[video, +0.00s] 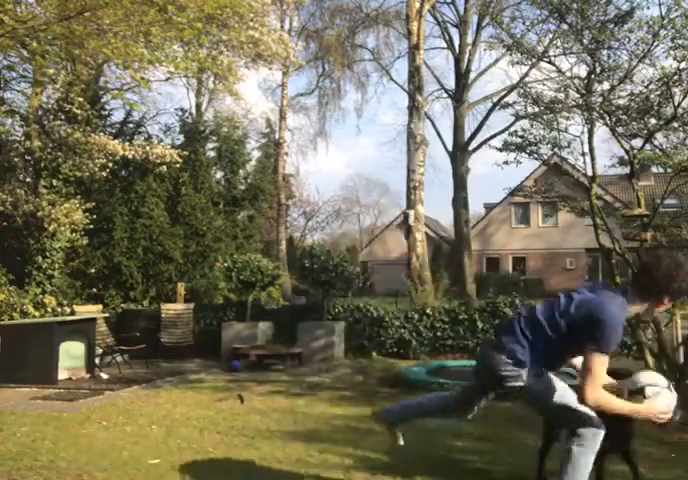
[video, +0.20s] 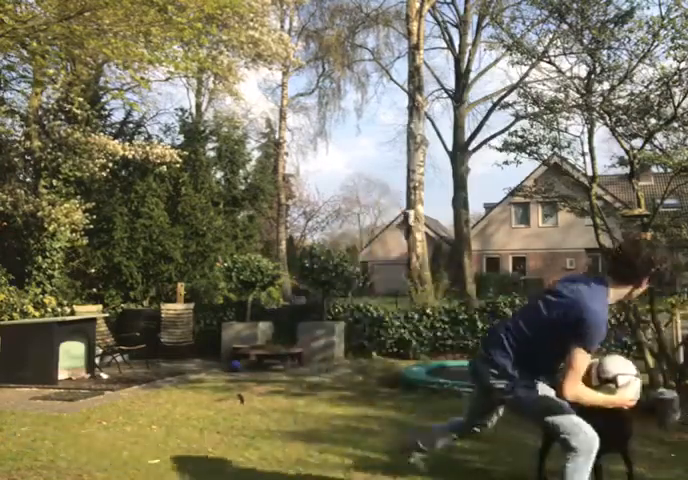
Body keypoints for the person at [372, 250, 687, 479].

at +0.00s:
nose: (668, 308)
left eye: (671, 301)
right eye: (671, 302)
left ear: (640, 280)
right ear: (661, 301)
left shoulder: (603, 295)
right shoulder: (609, 316)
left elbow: (586, 361)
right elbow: (592, 395)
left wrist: (619, 385)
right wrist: (642, 411)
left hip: (497, 349)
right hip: (514, 365)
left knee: (461, 403)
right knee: (589, 426)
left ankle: (390, 416)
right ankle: (570, 477)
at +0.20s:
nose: (646, 287)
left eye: (647, 281)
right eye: (649, 282)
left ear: (615, 265)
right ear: (642, 285)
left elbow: (550, 336)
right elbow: (570, 391)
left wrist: (586, 369)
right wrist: (618, 400)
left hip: (491, 360)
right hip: (507, 375)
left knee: (475, 424)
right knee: (584, 441)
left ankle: (418, 446)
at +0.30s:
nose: (623, 273)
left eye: (625, 266)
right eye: (625, 266)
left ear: (588, 251)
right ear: (617, 266)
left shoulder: (558, 276)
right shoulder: (570, 298)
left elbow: (531, 341)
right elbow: (548, 373)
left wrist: (573, 359)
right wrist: (594, 386)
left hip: (478, 362)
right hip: (499, 373)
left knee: (482, 437)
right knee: (572, 439)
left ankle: (420, 470)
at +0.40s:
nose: (588, 252)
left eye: (591, 246)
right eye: (590, 245)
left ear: (557, 231)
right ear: (582, 241)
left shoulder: (525, 259)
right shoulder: (540, 277)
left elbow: (502, 331)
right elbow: (519, 352)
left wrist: (548, 345)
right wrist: (570, 367)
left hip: (468, 361)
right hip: (482, 367)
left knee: (482, 437)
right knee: (558, 437)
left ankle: (414, 476)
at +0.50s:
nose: (547, 236)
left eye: (550, 229)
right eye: (549, 228)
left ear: (524, 219)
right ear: (540, 224)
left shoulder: (496, 250)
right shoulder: (506, 262)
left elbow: (488, 317)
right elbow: (487, 334)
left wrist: (526, 333)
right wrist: (540, 348)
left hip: (454, 359)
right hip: (468, 362)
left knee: (467, 441)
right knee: (538, 436)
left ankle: (416, 476)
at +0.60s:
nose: (516, 230)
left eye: (519, 224)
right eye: (517, 222)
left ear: (495, 213)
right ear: (502, 215)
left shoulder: (468, 248)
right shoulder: (472, 252)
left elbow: (463, 310)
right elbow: (457, 322)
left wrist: (499, 321)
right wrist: (511, 334)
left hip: (438, 355)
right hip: (447, 357)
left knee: (452, 442)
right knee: (511, 436)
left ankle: (414, 476)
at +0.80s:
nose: (471, 217)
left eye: (474, 210)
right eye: (472, 208)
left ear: (453, 198)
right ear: (457, 199)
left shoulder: (423, 231)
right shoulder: (431, 235)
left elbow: (425, 297)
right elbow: (420, 303)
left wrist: (467, 303)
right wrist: (472, 314)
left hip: (407, 347)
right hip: (418, 348)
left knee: (435, 428)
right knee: (471, 423)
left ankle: (413, 475)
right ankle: (440, 475)